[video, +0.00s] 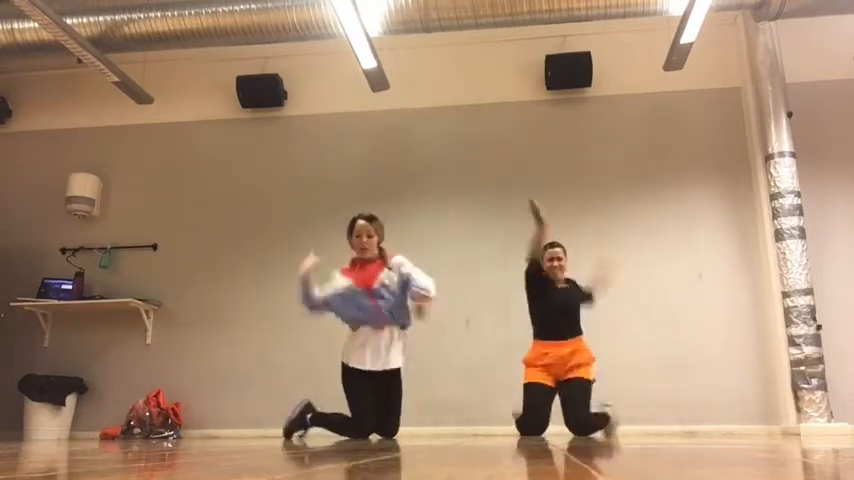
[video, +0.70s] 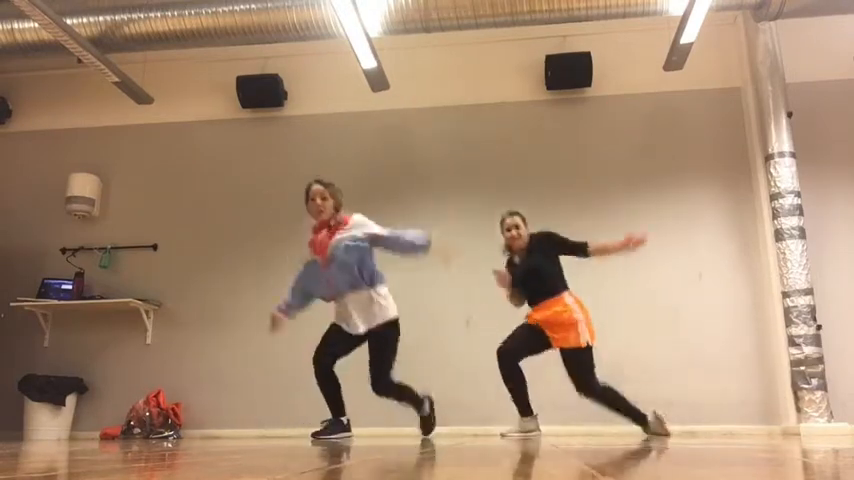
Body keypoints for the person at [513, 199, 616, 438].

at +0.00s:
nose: (555, 263)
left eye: (559, 258)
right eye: (550, 259)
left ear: (566, 262)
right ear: (542, 263)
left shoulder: (573, 288)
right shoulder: (537, 285)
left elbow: (589, 297)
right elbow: (533, 260)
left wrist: (599, 285)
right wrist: (540, 228)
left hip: (575, 361)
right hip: (542, 363)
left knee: (579, 427)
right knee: (532, 430)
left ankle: (605, 418)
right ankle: (520, 420)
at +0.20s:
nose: (566, 260)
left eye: (570, 255)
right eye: (560, 257)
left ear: (578, 259)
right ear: (553, 263)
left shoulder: (594, 287)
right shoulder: (547, 283)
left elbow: (600, 320)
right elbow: (515, 298)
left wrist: (584, 325)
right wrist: (514, 272)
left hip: (580, 359)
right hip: (546, 354)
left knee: (586, 429)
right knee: (530, 409)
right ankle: (498, 413)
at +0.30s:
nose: (557, 260)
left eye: (561, 255)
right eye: (551, 256)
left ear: (570, 257)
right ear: (545, 261)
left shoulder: (582, 281)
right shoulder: (545, 288)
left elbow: (577, 259)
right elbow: (543, 326)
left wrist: (557, 239)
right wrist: (513, 321)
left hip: (578, 355)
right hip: (548, 349)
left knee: (584, 429)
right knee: (511, 365)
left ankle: (590, 422)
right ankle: (508, 409)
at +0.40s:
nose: (545, 256)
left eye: (549, 252)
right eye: (539, 254)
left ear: (558, 255)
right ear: (534, 261)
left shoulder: (568, 268)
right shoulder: (538, 291)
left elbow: (574, 231)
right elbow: (548, 329)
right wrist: (516, 331)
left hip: (575, 350)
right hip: (548, 346)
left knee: (579, 424)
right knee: (505, 350)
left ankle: (627, 428)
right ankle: (524, 411)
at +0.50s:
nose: (533, 254)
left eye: (537, 250)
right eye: (527, 252)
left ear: (546, 254)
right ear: (523, 261)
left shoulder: (558, 262)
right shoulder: (529, 290)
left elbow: (580, 227)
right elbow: (519, 325)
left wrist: (595, 189)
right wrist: (499, 306)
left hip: (573, 347)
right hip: (547, 347)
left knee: (579, 420)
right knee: (501, 357)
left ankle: (648, 431)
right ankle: (527, 422)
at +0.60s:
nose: (522, 248)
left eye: (526, 243)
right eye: (517, 246)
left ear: (534, 246)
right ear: (511, 253)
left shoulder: (550, 254)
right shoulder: (516, 280)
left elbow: (586, 236)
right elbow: (501, 310)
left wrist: (615, 210)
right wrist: (489, 293)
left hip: (571, 336)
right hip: (546, 339)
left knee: (583, 408)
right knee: (501, 356)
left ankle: (648, 429)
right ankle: (527, 421)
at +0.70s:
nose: (513, 233)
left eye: (516, 227)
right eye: (507, 229)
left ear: (526, 228)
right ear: (503, 236)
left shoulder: (544, 241)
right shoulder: (513, 263)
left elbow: (584, 250)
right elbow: (518, 301)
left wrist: (622, 245)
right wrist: (509, 286)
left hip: (568, 316)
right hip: (542, 321)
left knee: (587, 386)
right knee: (506, 354)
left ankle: (647, 423)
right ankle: (527, 421)